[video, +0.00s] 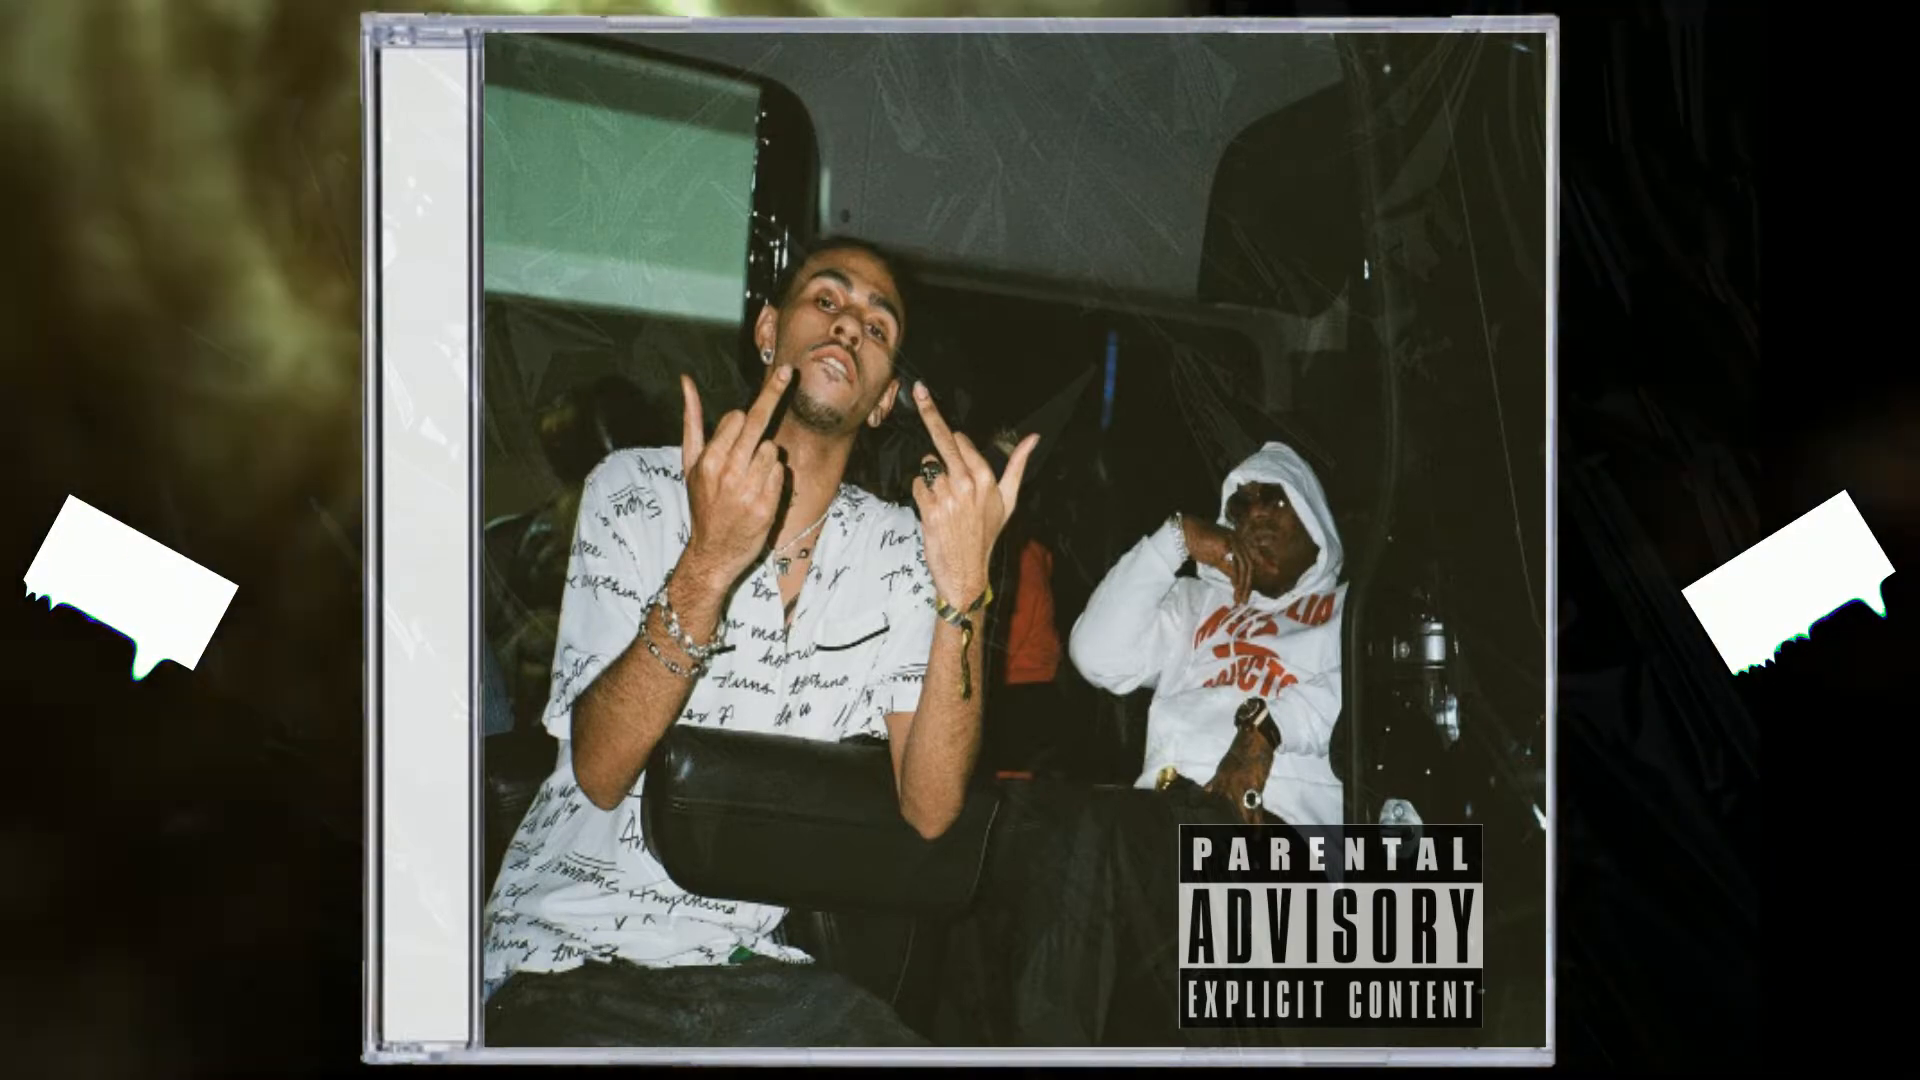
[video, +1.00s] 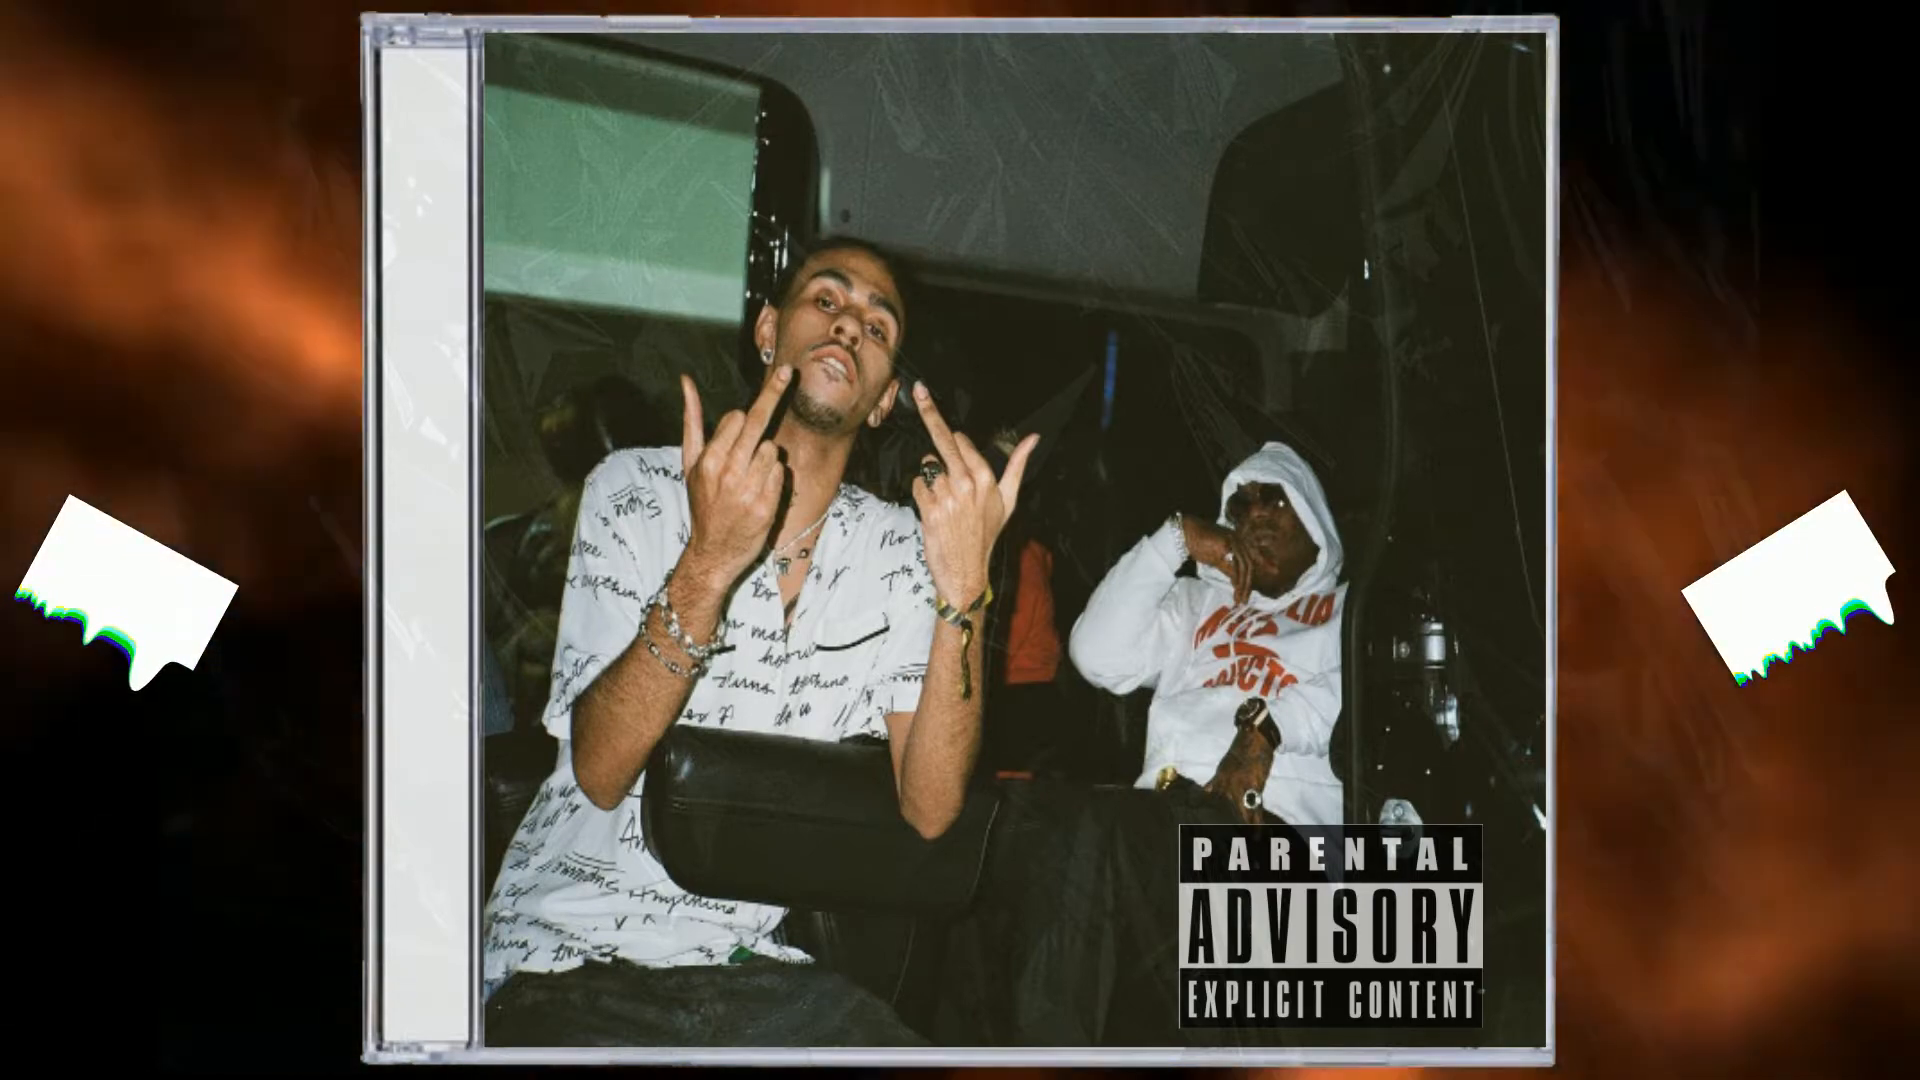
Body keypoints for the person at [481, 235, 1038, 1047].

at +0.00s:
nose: (851, 323)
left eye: (878, 323)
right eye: (826, 299)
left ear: (887, 395)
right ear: (767, 333)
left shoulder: (903, 550)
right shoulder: (637, 490)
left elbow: (931, 809)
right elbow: (601, 770)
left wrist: (966, 594)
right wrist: (710, 564)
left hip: (755, 956)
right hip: (571, 944)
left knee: (906, 1059)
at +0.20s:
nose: (851, 323)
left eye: (878, 323)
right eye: (826, 298)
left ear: (887, 395)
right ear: (767, 333)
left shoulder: (903, 550)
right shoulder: (637, 490)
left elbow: (931, 809)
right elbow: (601, 770)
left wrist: (966, 594)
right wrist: (710, 564)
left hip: (755, 956)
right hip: (571, 944)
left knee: (906, 1059)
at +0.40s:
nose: (851, 323)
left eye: (878, 323)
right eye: (826, 298)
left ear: (887, 395)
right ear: (767, 333)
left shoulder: (903, 550)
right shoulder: (638, 490)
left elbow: (931, 809)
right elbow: (601, 770)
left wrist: (966, 594)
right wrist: (710, 564)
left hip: (756, 956)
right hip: (571, 944)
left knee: (907, 1060)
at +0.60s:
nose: (851, 323)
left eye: (878, 323)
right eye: (826, 298)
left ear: (887, 395)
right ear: (767, 333)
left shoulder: (903, 550)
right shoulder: (638, 490)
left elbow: (931, 809)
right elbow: (601, 770)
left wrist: (966, 594)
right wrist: (710, 564)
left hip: (755, 956)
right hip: (571, 944)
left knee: (907, 1060)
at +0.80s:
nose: (851, 323)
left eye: (878, 323)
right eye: (826, 298)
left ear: (887, 395)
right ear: (767, 333)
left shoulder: (903, 550)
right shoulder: (637, 490)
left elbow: (931, 809)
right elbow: (601, 770)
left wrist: (966, 593)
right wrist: (710, 564)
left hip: (755, 956)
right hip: (570, 944)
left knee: (906, 1061)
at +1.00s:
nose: (851, 323)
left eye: (878, 323)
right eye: (826, 299)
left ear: (887, 395)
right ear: (767, 333)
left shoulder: (903, 550)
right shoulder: (638, 490)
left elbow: (931, 809)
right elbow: (601, 770)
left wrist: (966, 594)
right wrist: (710, 564)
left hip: (755, 956)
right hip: (571, 944)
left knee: (907, 1061)